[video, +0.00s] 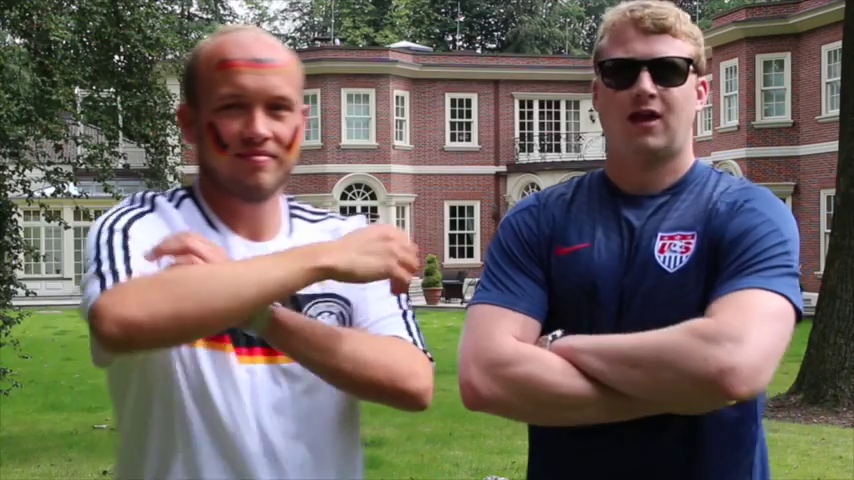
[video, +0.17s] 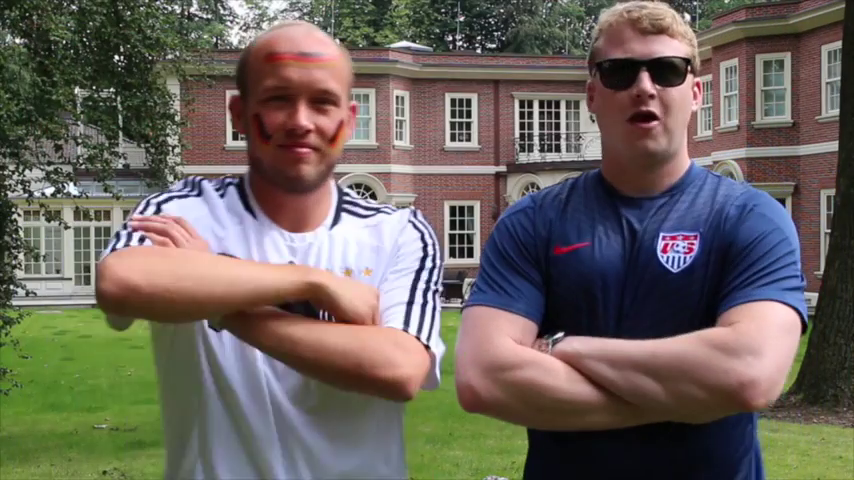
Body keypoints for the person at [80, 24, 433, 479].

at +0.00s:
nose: (258, 130)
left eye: (278, 108)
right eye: (232, 107)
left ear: (302, 125)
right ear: (189, 125)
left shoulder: (349, 240)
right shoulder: (135, 225)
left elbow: (415, 385)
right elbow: (116, 322)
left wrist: (251, 307)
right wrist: (326, 256)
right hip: (174, 471)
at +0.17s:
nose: (301, 122)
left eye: (323, 103)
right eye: (279, 100)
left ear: (349, 121)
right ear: (240, 116)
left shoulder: (400, 235)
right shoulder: (187, 207)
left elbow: (402, 371)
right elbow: (119, 284)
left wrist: (220, 294)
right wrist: (313, 282)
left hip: (361, 473)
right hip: (209, 472)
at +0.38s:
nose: (326, 123)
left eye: (348, 104)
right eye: (305, 100)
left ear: (375, 123)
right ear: (267, 115)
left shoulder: (421, 232)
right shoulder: (213, 207)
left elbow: (391, 372)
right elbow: (162, 298)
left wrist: (223, 308)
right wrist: (349, 326)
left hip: (379, 476)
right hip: (230, 472)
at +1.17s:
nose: (304, 122)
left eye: (327, 104)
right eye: (283, 100)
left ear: (351, 125)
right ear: (247, 116)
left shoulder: (399, 250)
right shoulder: (187, 219)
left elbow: (391, 417)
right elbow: (142, 360)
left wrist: (216, 360)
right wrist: (327, 360)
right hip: (211, 474)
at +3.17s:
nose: (293, 124)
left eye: (315, 105)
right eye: (271, 102)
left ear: (339, 123)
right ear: (233, 115)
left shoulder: (388, 247)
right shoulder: (175, 220)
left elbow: (385, 418)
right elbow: (139, 369)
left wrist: (210, 367)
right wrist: (321, 362)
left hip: (343, 475)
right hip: (203, 473)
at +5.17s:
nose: (301, 128)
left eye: (310, 108)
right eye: (275, 106)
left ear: (320, 115)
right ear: (212, 121)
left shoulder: (355, 239)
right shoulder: (147, 230)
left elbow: (387, 403)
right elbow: (144, 387)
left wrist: (213, 376)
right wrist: (314, 356)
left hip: (335, 476)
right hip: (196, 474)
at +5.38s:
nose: (294, 115)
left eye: (301, 98)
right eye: (269, 95)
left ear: (309, 109)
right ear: (204, 117)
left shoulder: (348, 240)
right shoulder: (140, 232)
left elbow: (403, 406)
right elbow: (125, 388)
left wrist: (248, 361)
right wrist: (289, 304)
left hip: (330, 474)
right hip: (191, 472)